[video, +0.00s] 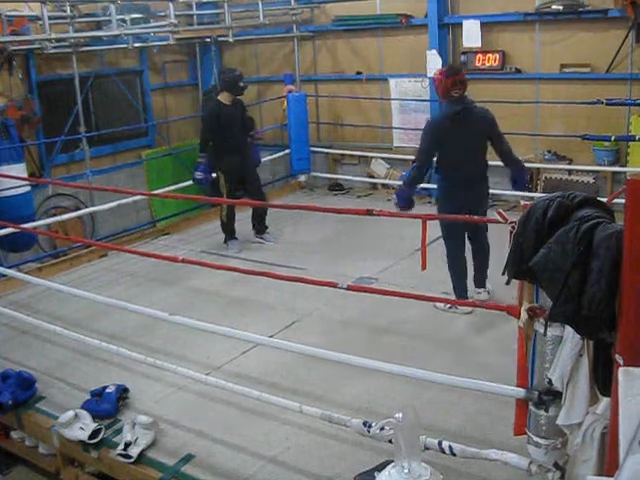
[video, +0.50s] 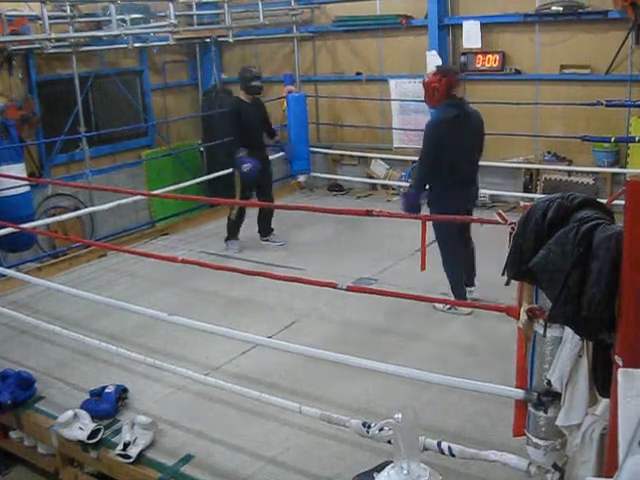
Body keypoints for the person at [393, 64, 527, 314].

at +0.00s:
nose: (437, 92)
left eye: (438, 89)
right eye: (456, 87)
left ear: (441, 92)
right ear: (464, 88)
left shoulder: (437, 123)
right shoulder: (483, 116)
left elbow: (422, 164)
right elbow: (503, 148)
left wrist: (405, 190)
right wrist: (518, 171)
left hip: (449, 194)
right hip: (478, 191)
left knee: (454, 245)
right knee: (478, 236)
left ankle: (462, 299)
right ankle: (481, 286)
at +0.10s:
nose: (436, 92)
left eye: (437, 89)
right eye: (456, 87)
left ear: (441, 90)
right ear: (462, 88)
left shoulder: (435, 122)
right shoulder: (481, 116)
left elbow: (422, 162)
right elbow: (494, 149)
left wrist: (409, 185)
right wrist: (504, 171)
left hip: (448, 194)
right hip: (477, 192)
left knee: (453, 247)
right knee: (480, 240)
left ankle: (461, 299)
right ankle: (481, 288)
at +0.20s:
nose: (432, 93)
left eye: (434, 88)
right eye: (433, 88)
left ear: (440, 90)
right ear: (460, 88)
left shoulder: (435, 122)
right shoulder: (480, 117)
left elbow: (426, 164)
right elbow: (484, 156)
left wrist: (417, 179)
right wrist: (473, 175)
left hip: (446, 193)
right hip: (475, 191)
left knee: (452, 248)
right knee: (478, 239)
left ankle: (461, 300)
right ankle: (481, 288)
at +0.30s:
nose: (431, 92)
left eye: (433, 88)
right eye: (433, 87)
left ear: (438, 90)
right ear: (460, 88)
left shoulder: (434, 123)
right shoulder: (478, 116)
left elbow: (429, 163)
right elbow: (481, 154)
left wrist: (428, 183)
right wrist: (470, 172)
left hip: (445, 193)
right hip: (473, 190)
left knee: (451, 249)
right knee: (476, 241)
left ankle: (460, 300)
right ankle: (480, 288)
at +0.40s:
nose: (430, 92)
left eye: (433, 87)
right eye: (430, 87)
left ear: (440, 89)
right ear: (458, 87)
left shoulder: (437, 122)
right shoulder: (476, 116)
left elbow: (426, 161)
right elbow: (478, 152)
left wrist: (418, 190)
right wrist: (467, 172)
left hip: (445, 192)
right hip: (471, 190)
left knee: (450, 248)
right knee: (472, 239)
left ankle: (461, 300)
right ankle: (477, 288)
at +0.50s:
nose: (425, 95)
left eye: (427, 90)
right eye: (425, 89)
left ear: (438, 91)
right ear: (452, 90)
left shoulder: (437, 123)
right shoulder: (473, 117)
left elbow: (426, 164)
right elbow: (475, 154)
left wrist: (413, 193)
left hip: (444, 193)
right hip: (468, 190)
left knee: (448, 244)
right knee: (464, 236)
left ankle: (460, 299)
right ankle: (468, 283)